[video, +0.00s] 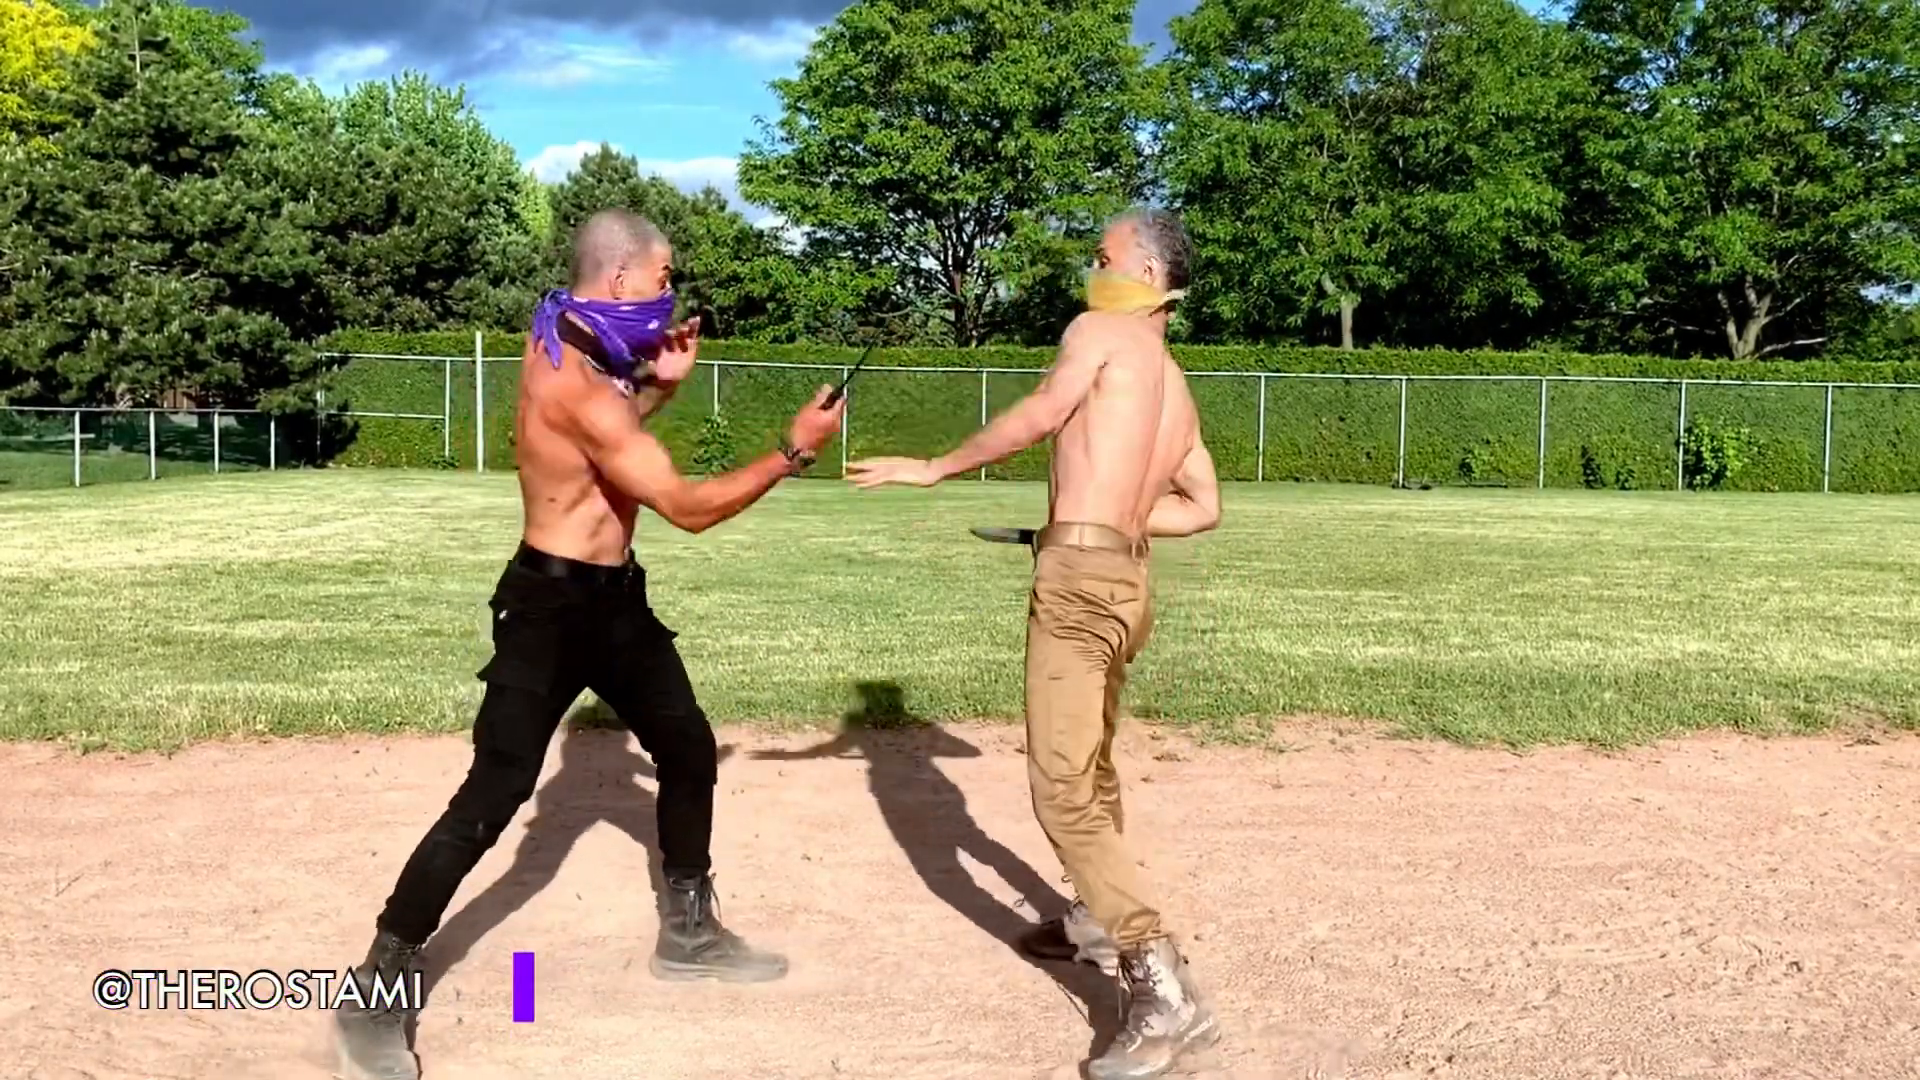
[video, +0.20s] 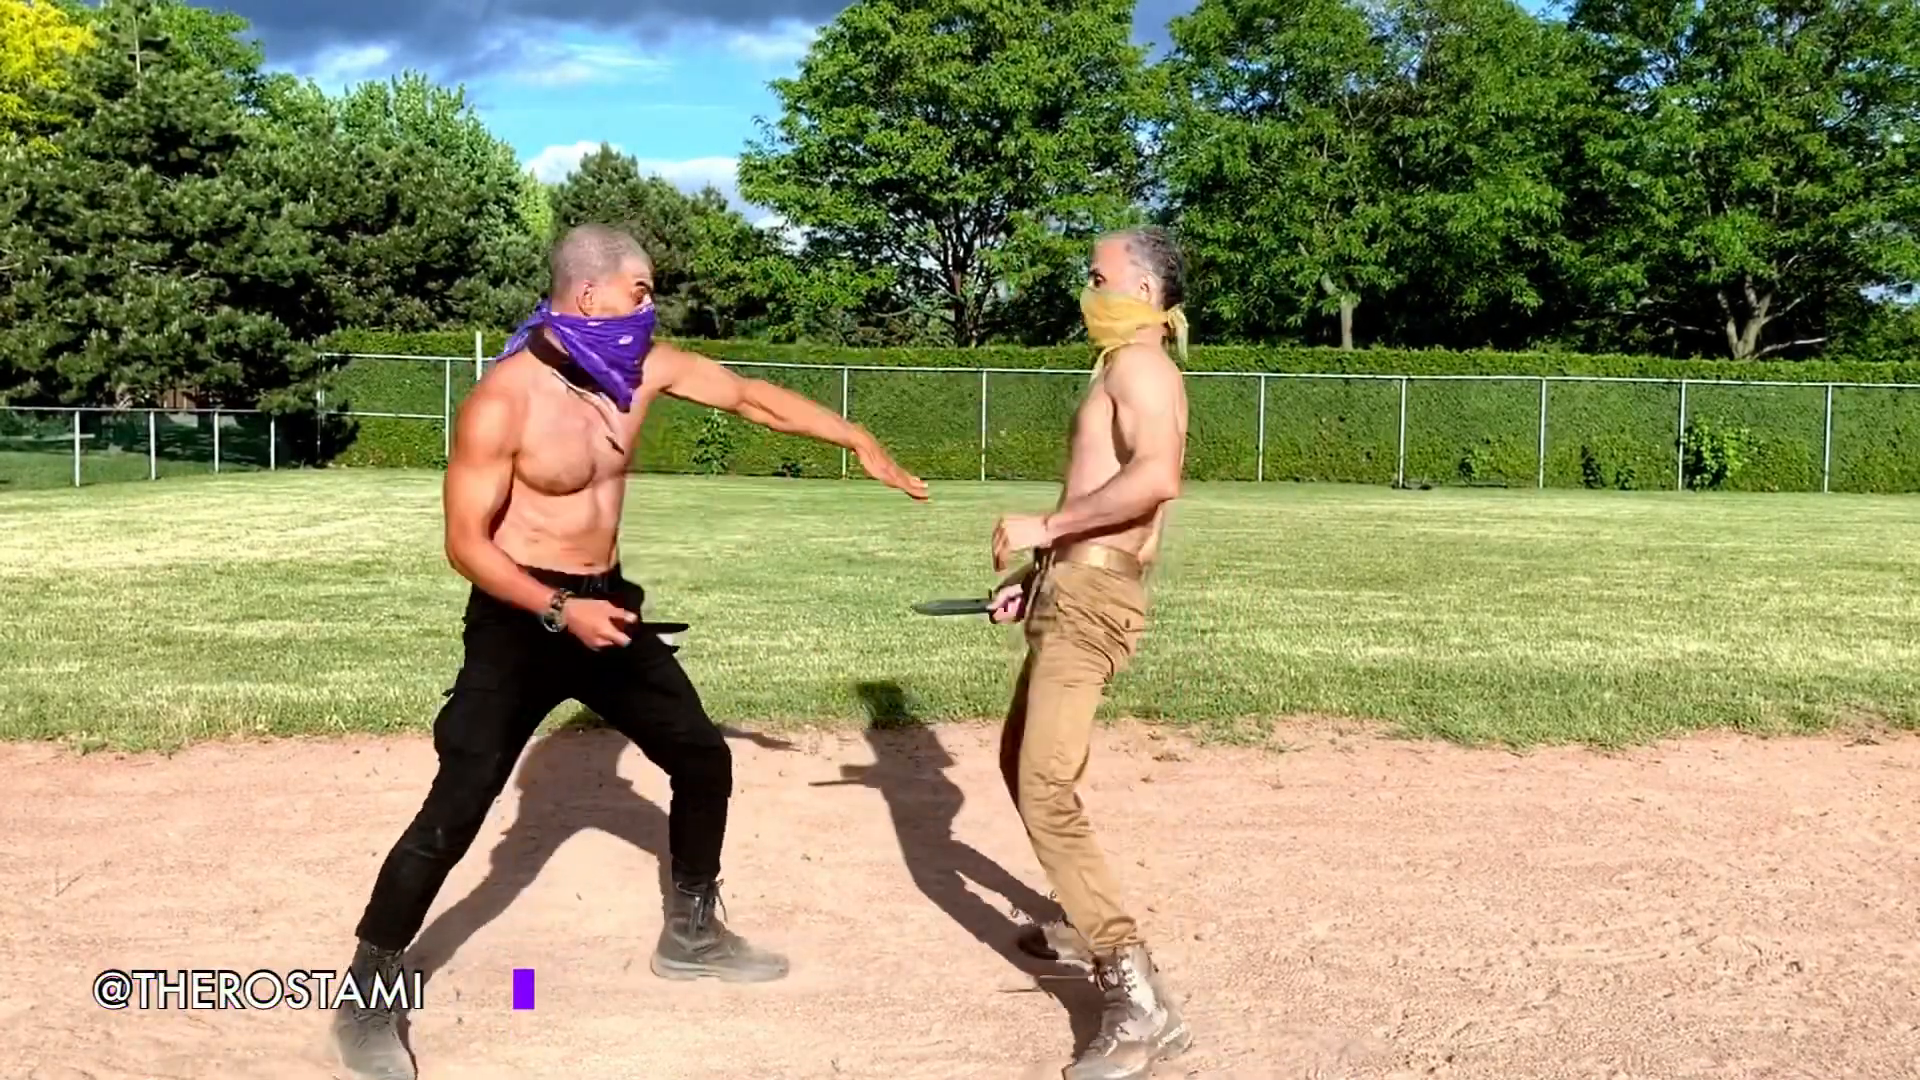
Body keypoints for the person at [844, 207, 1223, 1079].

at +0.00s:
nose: (1094, 264)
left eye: (1106, 254)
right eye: (1101, 251)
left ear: (1136, 269)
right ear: (1164, 283)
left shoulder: (1100, 330)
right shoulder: (1173, 381)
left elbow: (1040, 417)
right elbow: (1202, 507)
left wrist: (934, 467)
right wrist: (1098, 519)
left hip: (1077, 579)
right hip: (1127, 582)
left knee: (1063, 792)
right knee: (1090, 767)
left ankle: (1162, 985)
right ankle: (1097, 916)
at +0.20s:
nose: (1088, 291)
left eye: (1101, 279)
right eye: (1091, 278)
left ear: (1145, 290)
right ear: (1140, 290)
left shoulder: (1140, 368)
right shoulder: (1121, 372)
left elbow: (1157, 477)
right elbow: (1099, 505)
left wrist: (1046, 526)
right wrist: (1037, 581)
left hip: (1095, 586)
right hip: (1075, 584)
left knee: (1046, 785)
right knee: (1019, 758)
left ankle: (1136, 990)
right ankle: (1086, 920)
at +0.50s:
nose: (1024, 320)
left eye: (1033, 302)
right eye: (1019, 305)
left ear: (1083, 295)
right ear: (1060, 300)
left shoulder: (1154, 386)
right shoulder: (1058, 393)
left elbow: (1183, 510)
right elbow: (1025, 495)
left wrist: (1075, 466)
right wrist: (951, 544)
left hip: (1171, 608)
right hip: (1105, 608)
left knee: (1118, 783)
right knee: (1045, 766)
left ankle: (1188, 985)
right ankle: (1094, 912)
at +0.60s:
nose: (1016, 307)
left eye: (1024, 290)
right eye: (1013, 292)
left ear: (1074, 289)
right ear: (1061, 290)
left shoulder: (1120, 370)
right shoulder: (1085, 386)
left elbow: (1110, 473)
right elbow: (1098, 511)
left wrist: (1024, 418)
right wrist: (1044, 578)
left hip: (1157, 611)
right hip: (1110, 612)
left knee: (1105, 793)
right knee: (1055, 764)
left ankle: (1188, 983)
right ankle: (1101, 908)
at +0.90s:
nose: (1083, 266)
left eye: (1102, 257)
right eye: (1089, 251)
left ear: (1150, 284)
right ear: (1116, 277)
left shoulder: (1149, 393)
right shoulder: (1061, 364)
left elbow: (1148, 530)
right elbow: (1021, 464)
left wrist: (1047, 474)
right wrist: (933, 512)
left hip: (1082, 602)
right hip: (1028, 591)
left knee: (1052, 788)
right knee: (1007, 758)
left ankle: (1125, 998)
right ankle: (1079, 891)